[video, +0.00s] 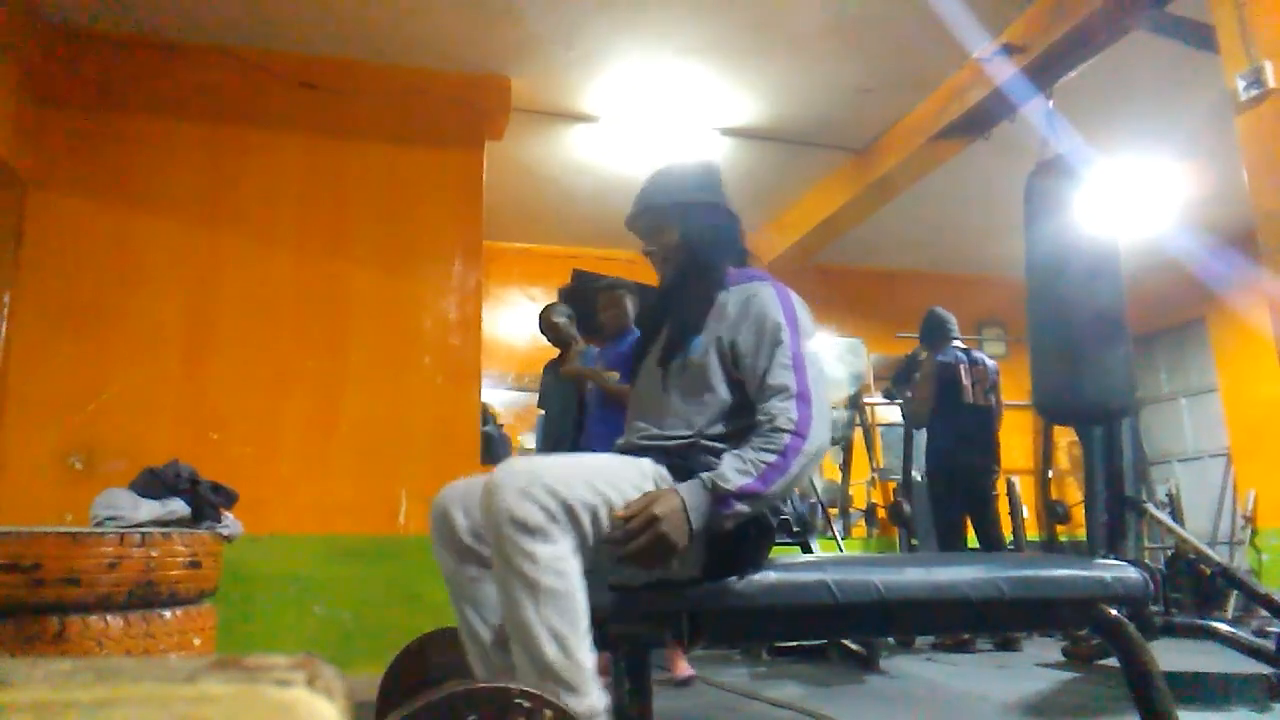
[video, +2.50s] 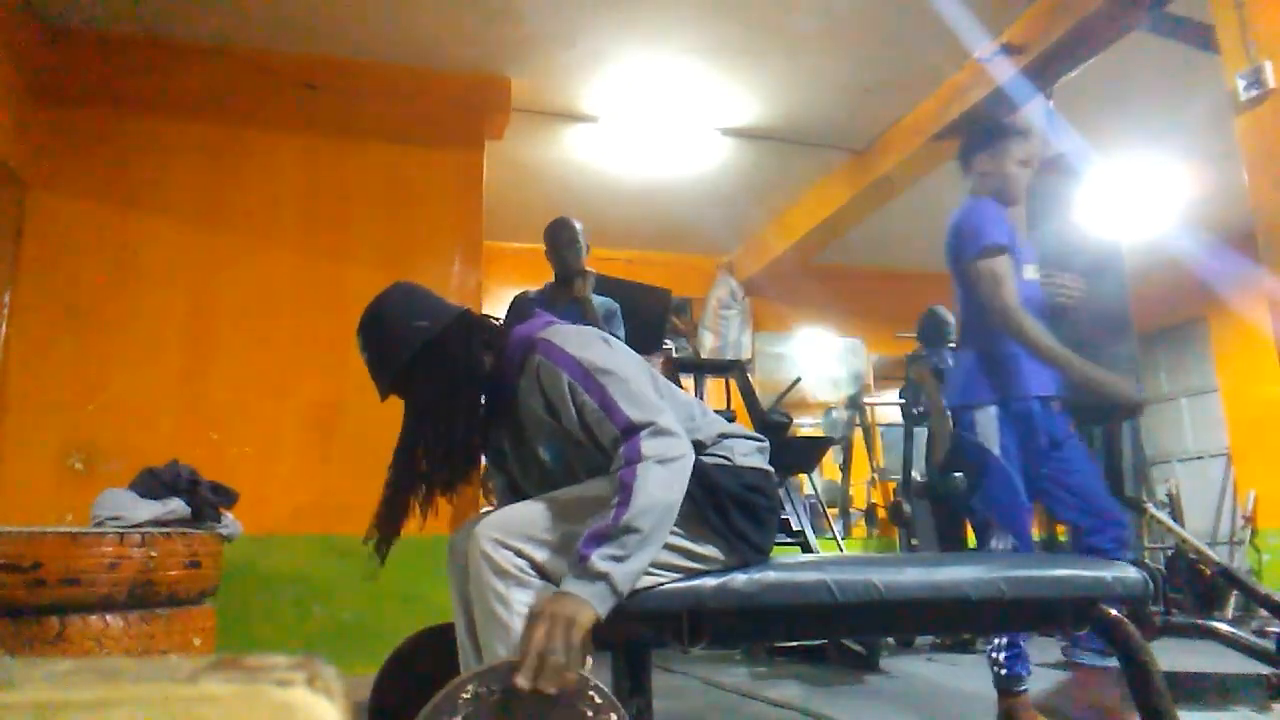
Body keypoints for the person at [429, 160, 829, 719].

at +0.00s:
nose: (647, 254)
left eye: (654, 237)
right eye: (643, 242)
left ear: (695, 227)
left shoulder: (762, 300)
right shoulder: (671, 316)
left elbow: (794, 431)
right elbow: (658, 428)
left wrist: (695, 500)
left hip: (710, 495)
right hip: (641, 482)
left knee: (522, 494)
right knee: (458, 508)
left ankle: (572, 707)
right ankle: (512, 701)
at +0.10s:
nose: (612, 252)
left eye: (617, 234)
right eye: (606, 239)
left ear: (654, 223)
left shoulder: (730, 293)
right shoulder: (641, 313)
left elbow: (772, 426)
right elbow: (627, 433)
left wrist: (679, 501)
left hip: (699, 500)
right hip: (631, 489)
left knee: (505, 516)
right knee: (451, 523)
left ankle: (536, 705)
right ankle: (484, 706)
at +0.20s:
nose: (566, 264)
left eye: (571, 244)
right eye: (561, 248)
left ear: (602, 229)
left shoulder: (693, 289)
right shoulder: (603, 319)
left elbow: (729, 428)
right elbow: (601, 450)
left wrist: (650, 511)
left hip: (695, 503)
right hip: (627, 497)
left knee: (483, 534)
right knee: (443, 534)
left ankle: (534, 709)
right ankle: (485, 706)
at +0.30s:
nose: (509, 280)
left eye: (511, 261)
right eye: (500, 266)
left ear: (542, 240)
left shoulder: (639, 289)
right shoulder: (561, 319)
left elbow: (677, 427)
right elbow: (555, 445)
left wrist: (614, 536)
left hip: (699, 501)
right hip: (624, 488)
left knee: (483, 532)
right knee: (445, 536)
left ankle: (531, 710)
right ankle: (486, 708)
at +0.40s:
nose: (459, 315)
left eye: (455, 295)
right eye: (449, 301)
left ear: (483, 276)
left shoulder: (592, 299)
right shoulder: (528, 333)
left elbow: (628, 437)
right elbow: (544, 457)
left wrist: (586, 558)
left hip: (701, 499)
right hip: (640, 495)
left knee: (491, 536)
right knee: (452, 539)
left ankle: (533, 708)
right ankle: (486, 706)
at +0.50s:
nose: (425, 351)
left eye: (418, 334)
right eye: (413, 340)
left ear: (441, 314)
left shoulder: (564, 322)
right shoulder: (509, 368)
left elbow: (599, 457)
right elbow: (521, 482)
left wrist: (555, 583)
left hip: (704, 490)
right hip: (641, 488)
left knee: (503, 543)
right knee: (461, 543)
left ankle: (541, 707)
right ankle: (489, 702)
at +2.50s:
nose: (424, 406)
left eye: (419, 385)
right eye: (411, 393)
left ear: (448, 355)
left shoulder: (554, 349)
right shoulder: (499, 417)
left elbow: (660, 445)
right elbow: (526, 527)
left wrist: (587, 588)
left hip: (724, 499)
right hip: (658, 502)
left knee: (499, 542)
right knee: (468, 544)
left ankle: (544, 712)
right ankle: (499, 710)